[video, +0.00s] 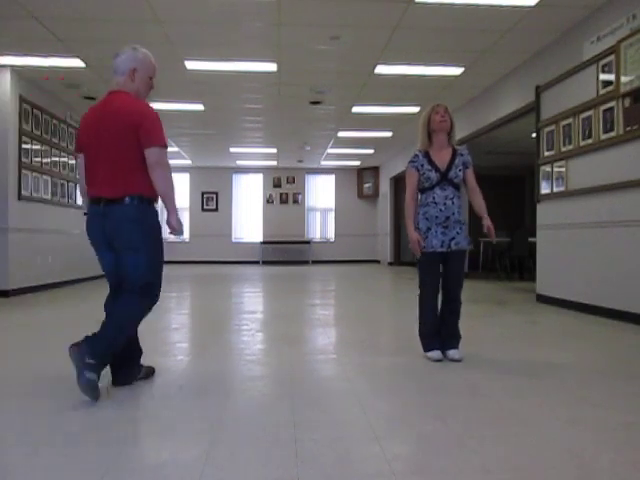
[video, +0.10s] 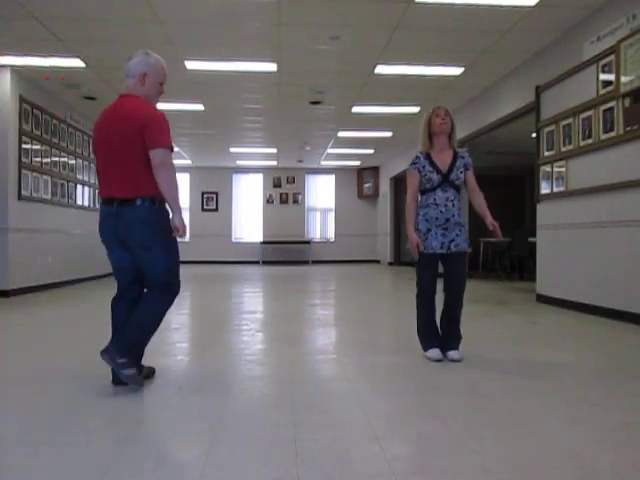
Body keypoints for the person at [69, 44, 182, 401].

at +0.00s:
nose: (151, 89)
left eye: (153, 82)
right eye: (150, 81)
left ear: (119, 75)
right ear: (134, 75)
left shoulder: (90, 115)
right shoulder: (142, 113)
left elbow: (85, 171)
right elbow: (157, 164)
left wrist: (92, 207)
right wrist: (172, 209)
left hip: (98, 214)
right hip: (134, 213)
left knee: (120, 289)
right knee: (144, 291)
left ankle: (126, 368)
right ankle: (92, 353)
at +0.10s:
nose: (161, 94)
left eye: (162, 87)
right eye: (160, 86)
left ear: (131, 80)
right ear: (143, 79)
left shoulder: (105, 117)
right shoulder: (149, 116)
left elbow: (106, 168)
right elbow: (162, 165)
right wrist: (177, 213)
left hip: (111, 213)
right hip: (145, 212)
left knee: (128, 286)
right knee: (165, 285)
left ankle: (125, 366)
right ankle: (123, 352)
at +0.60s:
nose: (222, 107)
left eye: (223, 101)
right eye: (219, 101)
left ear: (198, 100)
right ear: (203, 99)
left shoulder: (177, 133)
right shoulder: (208, 133)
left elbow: (178, 179)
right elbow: (212, 178)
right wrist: (224, 222)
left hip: (178, 220)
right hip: (206, 220)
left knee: (176, 287)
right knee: (225, 289)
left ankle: (136, 348)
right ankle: (235, 351)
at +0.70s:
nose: (235, 106)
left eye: (235, 100)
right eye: (231, 100)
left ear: (210, 101)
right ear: (215, 100)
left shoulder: (191, 134)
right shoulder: (221, 133)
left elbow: (195, 181)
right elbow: (226, 177)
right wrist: (242, 221)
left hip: (196, 220)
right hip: (221, 219)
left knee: (199, 283)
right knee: (237, 286)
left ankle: (152, 331)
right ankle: (236, 351)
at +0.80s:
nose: (246, 103)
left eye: (245, 98)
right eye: (242, 97)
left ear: (221, 101)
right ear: (225, 100)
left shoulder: (205, 133)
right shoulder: (229, 133)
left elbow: (206, 182)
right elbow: (239, 181)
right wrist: (265, 213)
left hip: (209, 219)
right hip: (233, 219)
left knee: (219, 280)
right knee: (242, 286)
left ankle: (176, 330)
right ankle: (236, 350)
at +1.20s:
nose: (267, 107)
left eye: (268, 102)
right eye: (261, 102)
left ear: (265, 104)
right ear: (245, 105)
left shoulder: (262, 140)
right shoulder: (235, 138)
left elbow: (271, 182)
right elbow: (237, 182)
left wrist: (285, 212)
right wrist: (263, 216)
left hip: (268, 221)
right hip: (247, 221)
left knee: (285, 283)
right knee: (263, 286)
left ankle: (304, 338)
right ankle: (238, 346)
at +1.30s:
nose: (274, 105)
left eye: (274, 100)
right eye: (268, 100)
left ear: (270, 103)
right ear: (250, 104)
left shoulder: (274, 140)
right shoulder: (239, 137)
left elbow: (284, 180)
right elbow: (232, 180)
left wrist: (304, 205)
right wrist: (242, 219)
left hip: (276, 221)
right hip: (252, 220)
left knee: (290, 280)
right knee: (265, 283)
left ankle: (307, 339)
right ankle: (240, 342)